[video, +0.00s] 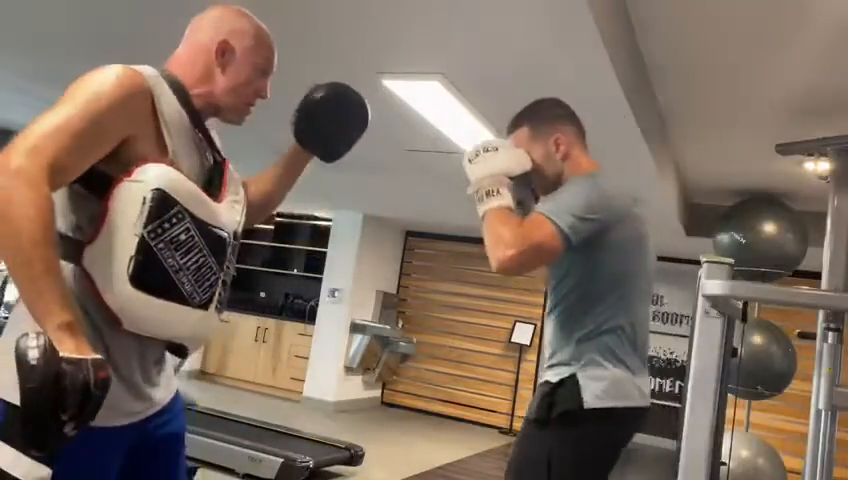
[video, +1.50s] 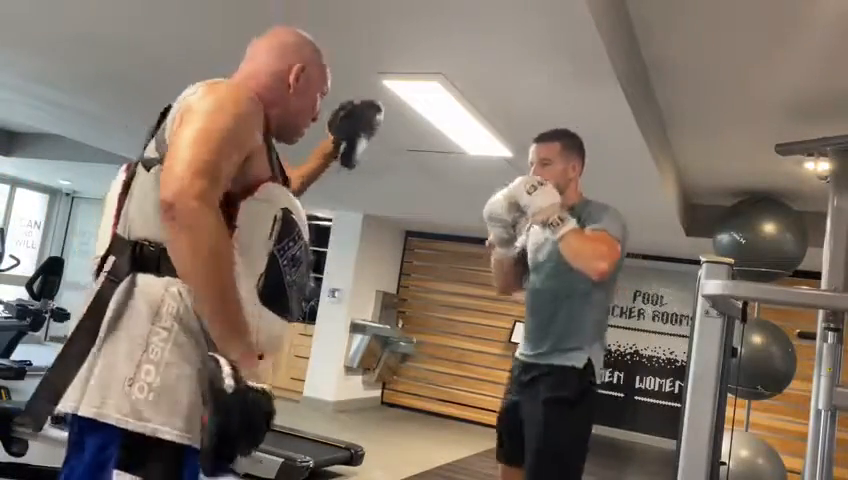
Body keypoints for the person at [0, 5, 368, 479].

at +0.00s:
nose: (265, 92)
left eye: (268, 78)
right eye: (263, 73)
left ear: (223, 54)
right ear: (223, 53)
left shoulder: (201, 143)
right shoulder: (124, 91)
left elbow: (249, 205)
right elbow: (18, 173)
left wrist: (307, 144)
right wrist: (66, 333)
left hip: (158, 398)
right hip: (83, 402)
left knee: (167, 475)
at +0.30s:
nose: (304, 128)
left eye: (308, 117)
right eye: (304, 111)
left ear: (268, 96)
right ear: (274, 93)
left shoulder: (248, 175)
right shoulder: (191, 109)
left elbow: (266, 237)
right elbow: (90, 172)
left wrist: (320, 194)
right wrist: (107, 325)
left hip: (177, 412)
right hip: (102, 408)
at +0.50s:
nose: (325, 137)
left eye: (329, 126)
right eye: (324, 121)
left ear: (295, 105)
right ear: (298, 103)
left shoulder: (275, 183)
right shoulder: (230, 111)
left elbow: (291, 241)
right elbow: (140, 161)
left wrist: (343, 198)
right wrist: (166, 299)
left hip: (196, 392)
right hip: (137, 378)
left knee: (187, 473)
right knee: (104, 474)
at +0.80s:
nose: (324, 135)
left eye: (328, 123)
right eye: (325, 118)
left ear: (294, 102)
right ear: (301, 102)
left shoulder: (270, 166)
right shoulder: (237, 114)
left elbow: (248, 230)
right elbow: (180, 182)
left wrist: (320, 227)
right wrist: (239, 308)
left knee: (199, 469)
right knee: (122, 471)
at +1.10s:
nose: (307, 98)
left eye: (311, 84)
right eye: (308, 80)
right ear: (281, 62)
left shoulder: (236, 122)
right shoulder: (213, 94)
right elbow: (173, 209)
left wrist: (291, 216)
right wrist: (247, 347)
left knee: (160, 463)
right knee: (134, 465)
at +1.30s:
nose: (304, 95)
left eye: (310, 80)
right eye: (307, 76)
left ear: (239, 47)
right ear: (283, 57)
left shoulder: (197, 91)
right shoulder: (221, 91)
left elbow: (236, 174)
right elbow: (193, 217)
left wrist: (311, 146)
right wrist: (258, 368)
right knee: (141, 467)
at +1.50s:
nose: (319, 110)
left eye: (325, 100)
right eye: (322, 95)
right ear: (295, 77)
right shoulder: (229, 100)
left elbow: (274, 197)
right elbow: (186, 200)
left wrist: (331, 147)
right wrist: (239, 348)